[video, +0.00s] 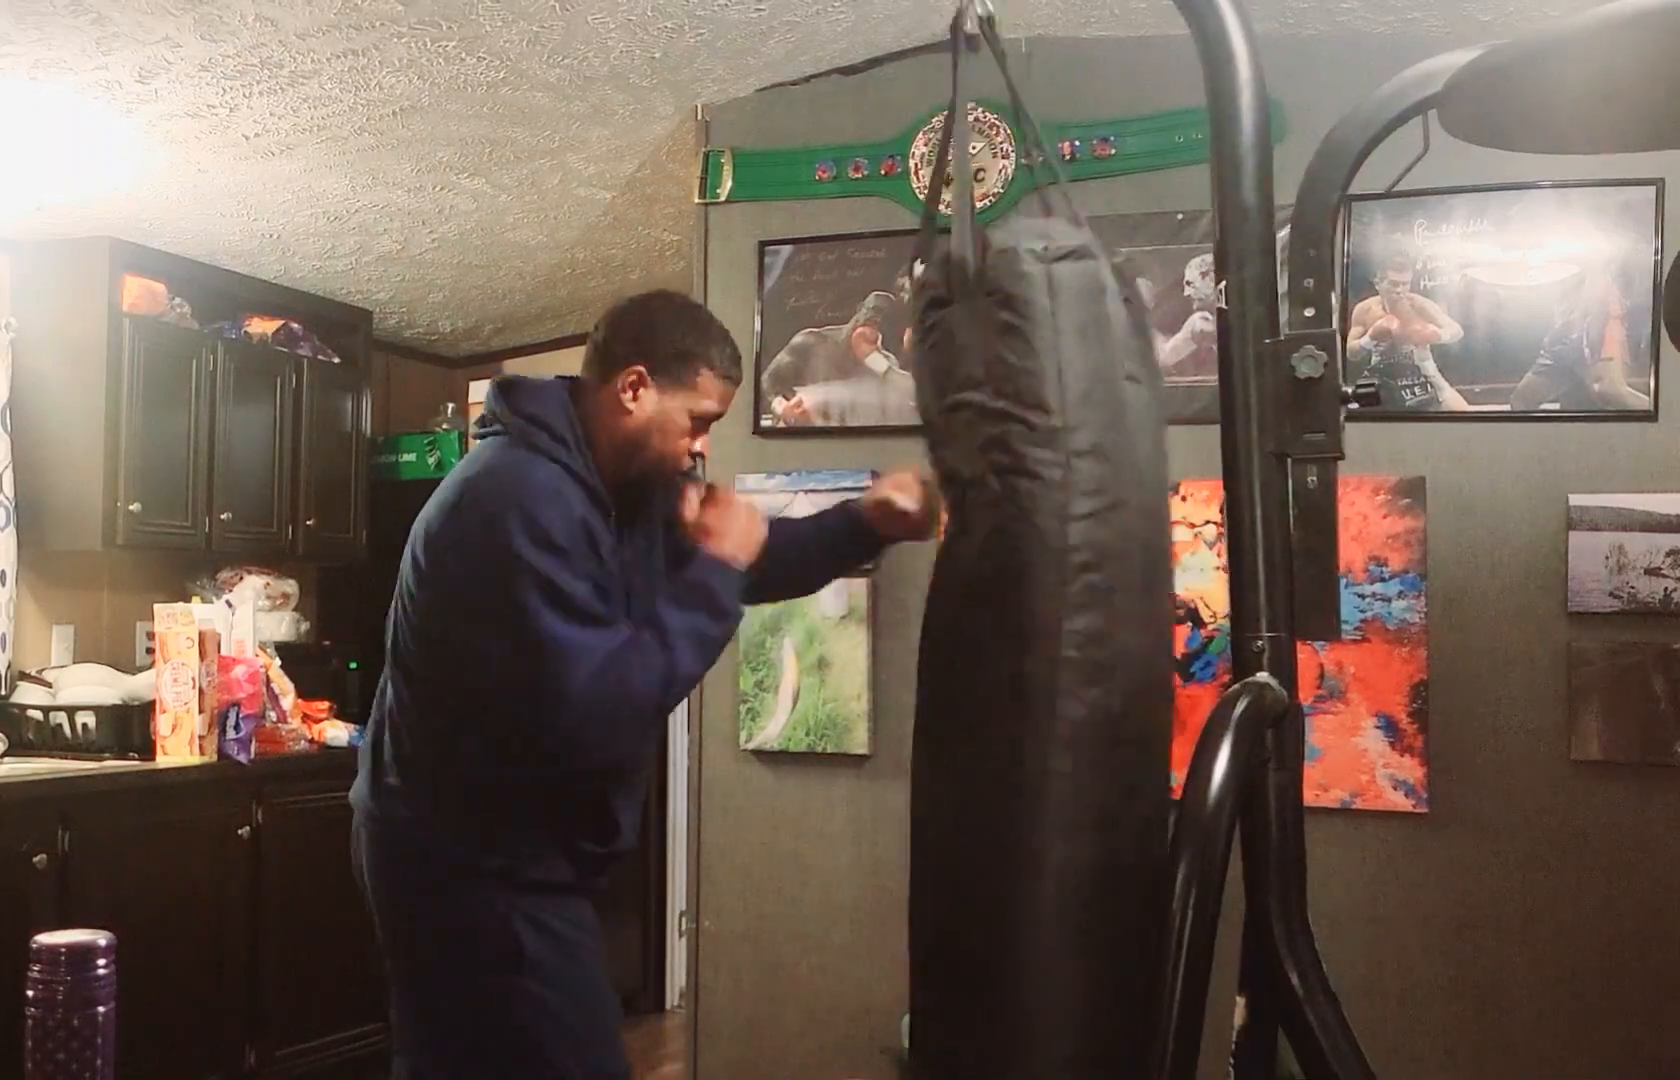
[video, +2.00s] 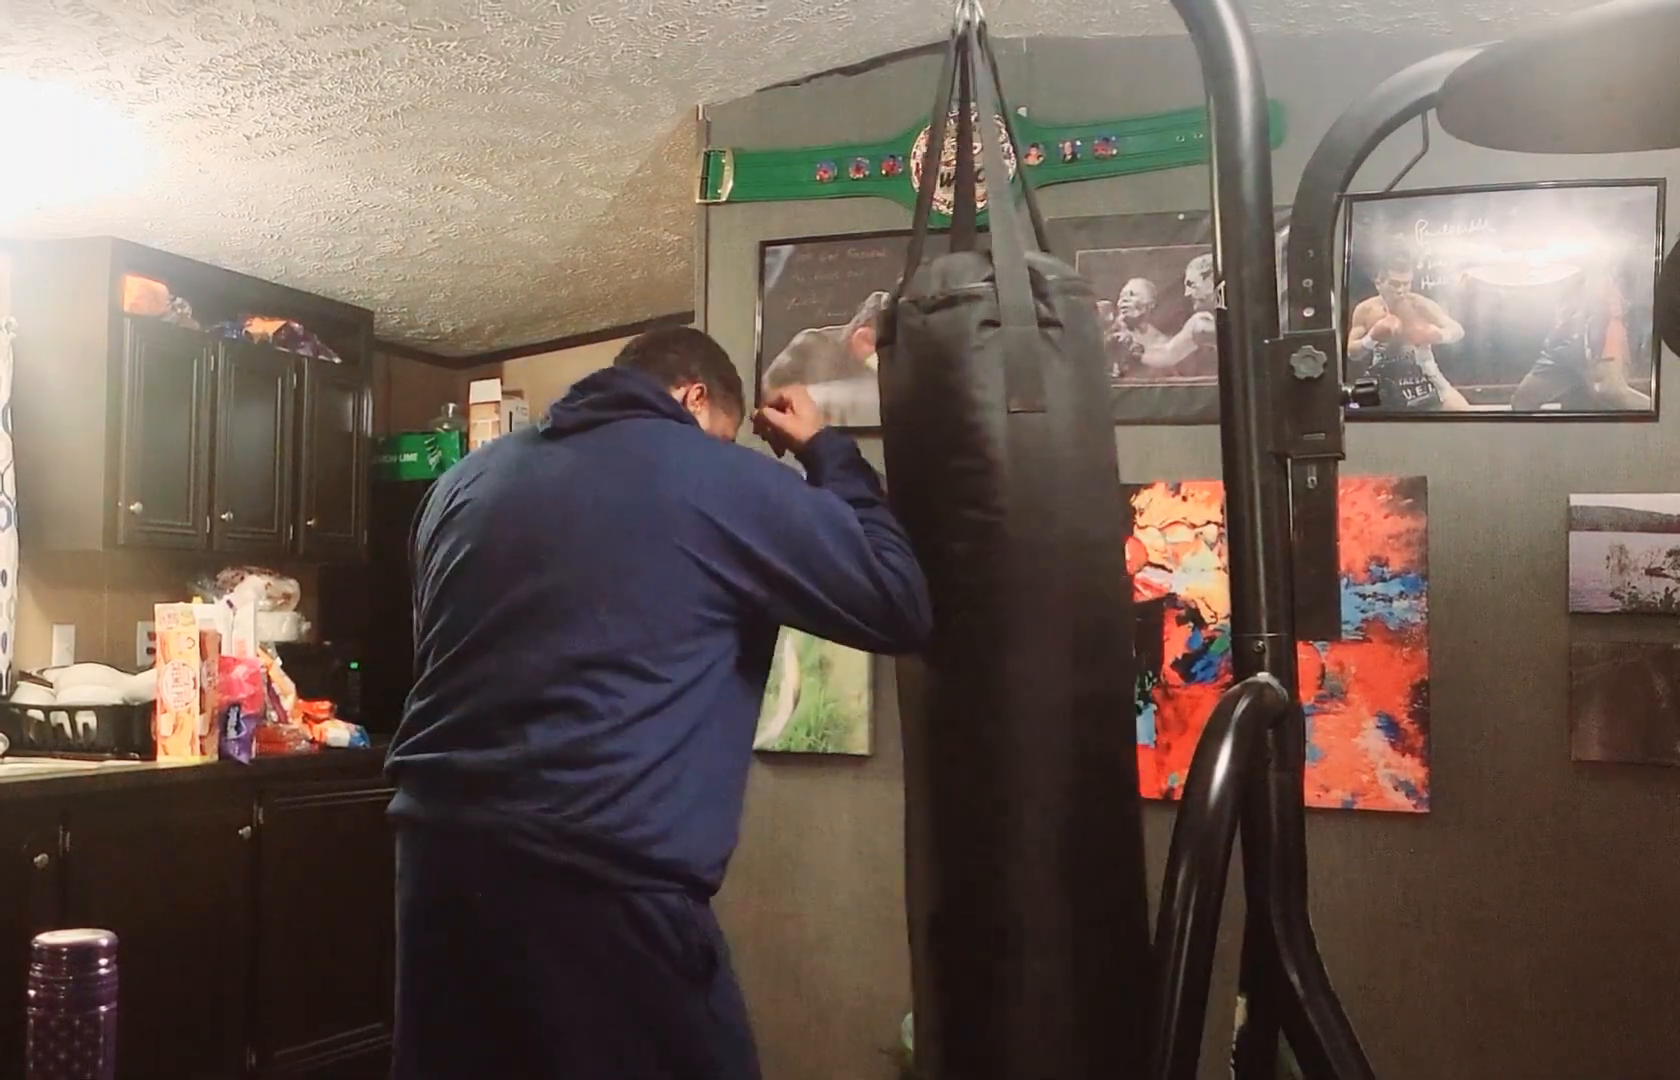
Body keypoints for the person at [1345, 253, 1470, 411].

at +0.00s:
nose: (1400, 290)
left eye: (1405, 284)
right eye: (1394, 284)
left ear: (1410, 283)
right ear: (1378, 283)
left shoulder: (1421, 305)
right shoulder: (1364, 310)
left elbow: (1456, 331)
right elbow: (1351, 353)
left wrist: (1435, 335)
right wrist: (1371, 337)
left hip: (1425, 380)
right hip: (1382, 382)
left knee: (1466, 416)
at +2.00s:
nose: (1401, 290)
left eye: (1406, 284)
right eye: (1395, 284)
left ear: (1411, 282)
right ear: (1379, 283)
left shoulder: (1421, 305)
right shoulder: (1365, 310)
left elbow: (1457, 330)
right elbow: (1352, 353)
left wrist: (1434, 335)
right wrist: (1373, 337)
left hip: (1427, 381)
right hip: (1384, 384)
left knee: (1466, 415)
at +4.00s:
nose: (1402, 291)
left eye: (1406, 285)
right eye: (1395, 285)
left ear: (1411, 282)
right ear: (1379, 283)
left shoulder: (1422, 305)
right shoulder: (1365, 310)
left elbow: (1457, 331)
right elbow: (1352, 353)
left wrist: (1435, 335)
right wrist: (1373, 338)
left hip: (1428, 381)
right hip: (1386, 384)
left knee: (1466, 415)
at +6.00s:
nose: (1402, 291)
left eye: (1406, 285)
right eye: (1395, 285)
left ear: (1411, 283)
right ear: (1379, 284)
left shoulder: (1421, 305)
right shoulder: (1365, 311)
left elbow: (1457, 331)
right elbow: (1352, 354)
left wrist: (1436, 335)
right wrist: (1374, 337)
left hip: (1428, 382)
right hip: (1385, 386)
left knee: (1468, 418)